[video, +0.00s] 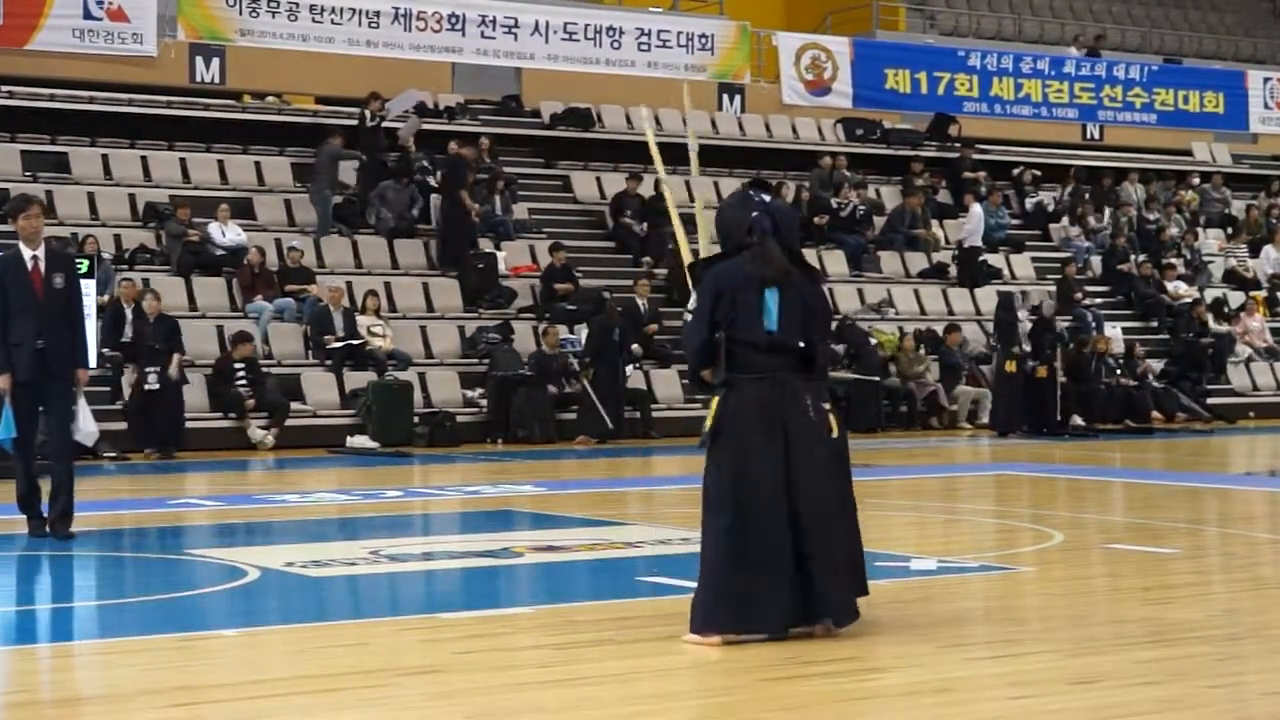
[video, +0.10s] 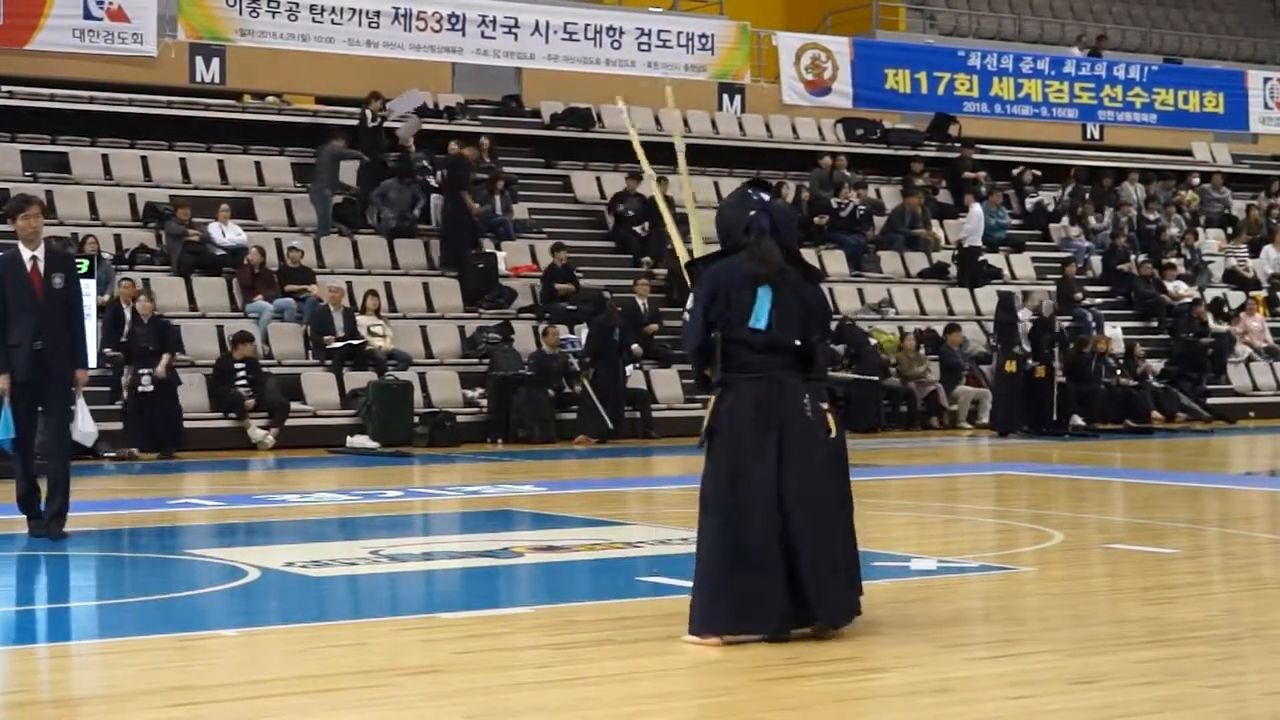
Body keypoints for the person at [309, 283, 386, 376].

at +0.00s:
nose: (332, 295)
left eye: (336, 292)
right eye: (330, 291)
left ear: (342, 295)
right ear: (327, 293)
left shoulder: (348, 312)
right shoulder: (319, 312)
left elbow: (353, 333)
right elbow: (314, 336)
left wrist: (361, 340)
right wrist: (324, 340)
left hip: (347, 344)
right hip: (328, 345)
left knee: (360, 351)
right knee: (339, 354)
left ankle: (360, 382)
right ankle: (337, 384)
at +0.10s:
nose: (332, 295)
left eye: (336, 292)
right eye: (330, 291)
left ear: (342, 295)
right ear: (327, 293)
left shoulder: (348, 312)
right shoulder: (319, 312)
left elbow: (353, 333)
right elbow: (314, 336)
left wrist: (361, 340)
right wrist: (324, 340)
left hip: (347, 343)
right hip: (328, 345)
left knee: (360, 351)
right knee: (339, 353)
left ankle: (361, 382)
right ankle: (337, 384)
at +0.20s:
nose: (332, 295)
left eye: (336, 292)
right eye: (330, 291)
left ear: (343, 295)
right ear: (327, 293)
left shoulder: (349, 312)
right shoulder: (319, 311)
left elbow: (354, 333)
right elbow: (314, 336)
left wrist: (361, 340)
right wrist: (324, 340)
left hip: (347, 343)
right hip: (329, 344)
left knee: (360, 352)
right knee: (339, 353)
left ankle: (360, 383)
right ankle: (337, 385)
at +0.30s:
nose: (333, 295)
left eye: (336, 292)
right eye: (330, 291)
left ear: (343, 294)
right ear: (327, 293)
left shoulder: (349, 312)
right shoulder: (320, 311)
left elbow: (354, 333)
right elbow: (314, 336)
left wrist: (361, 340)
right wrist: (325, 341)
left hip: (347, 343)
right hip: (329, 344)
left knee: (360, 352)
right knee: (339, 353)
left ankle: (360, 383)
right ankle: (337, 385)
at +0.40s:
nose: (333, 295)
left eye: (336, 292)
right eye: (331, 291)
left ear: (343, 295)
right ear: (328, 293)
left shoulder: (349, 311)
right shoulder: (320, 311)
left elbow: (354, 333)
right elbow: (315, 336)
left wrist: (362, 340)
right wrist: (325, 340)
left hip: (348, 343)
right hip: (330, 344)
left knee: (360, 352)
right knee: (339, 353)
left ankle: (360, 383)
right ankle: (337, 386)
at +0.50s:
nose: (333, 295)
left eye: (336, 292)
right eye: (331, 291)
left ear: (343, 294)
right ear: (328, 293)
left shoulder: (349, 312)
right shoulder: (320, 311)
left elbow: (354, 333)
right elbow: (315, 336)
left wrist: (362, 340)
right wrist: (326, 340)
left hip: (348, 343)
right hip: (329, 344)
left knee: (360, 352)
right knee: (340, 353)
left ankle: (359, 383)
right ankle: (338, 387)